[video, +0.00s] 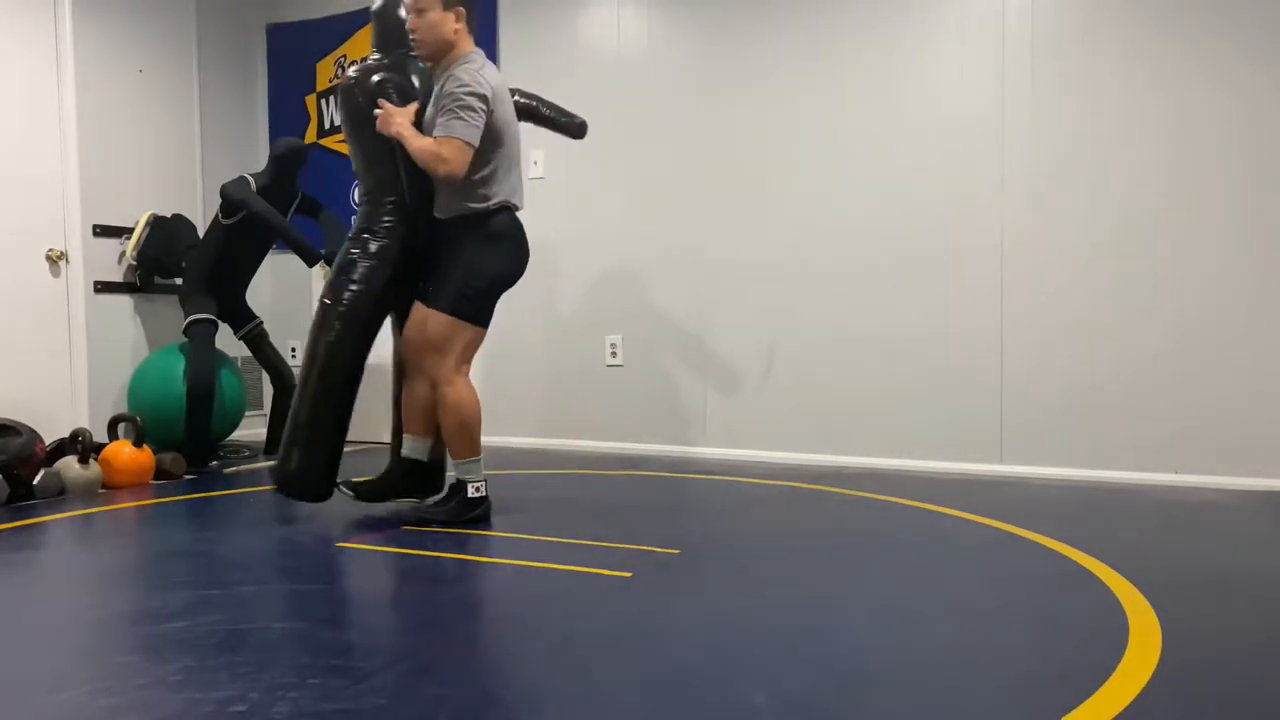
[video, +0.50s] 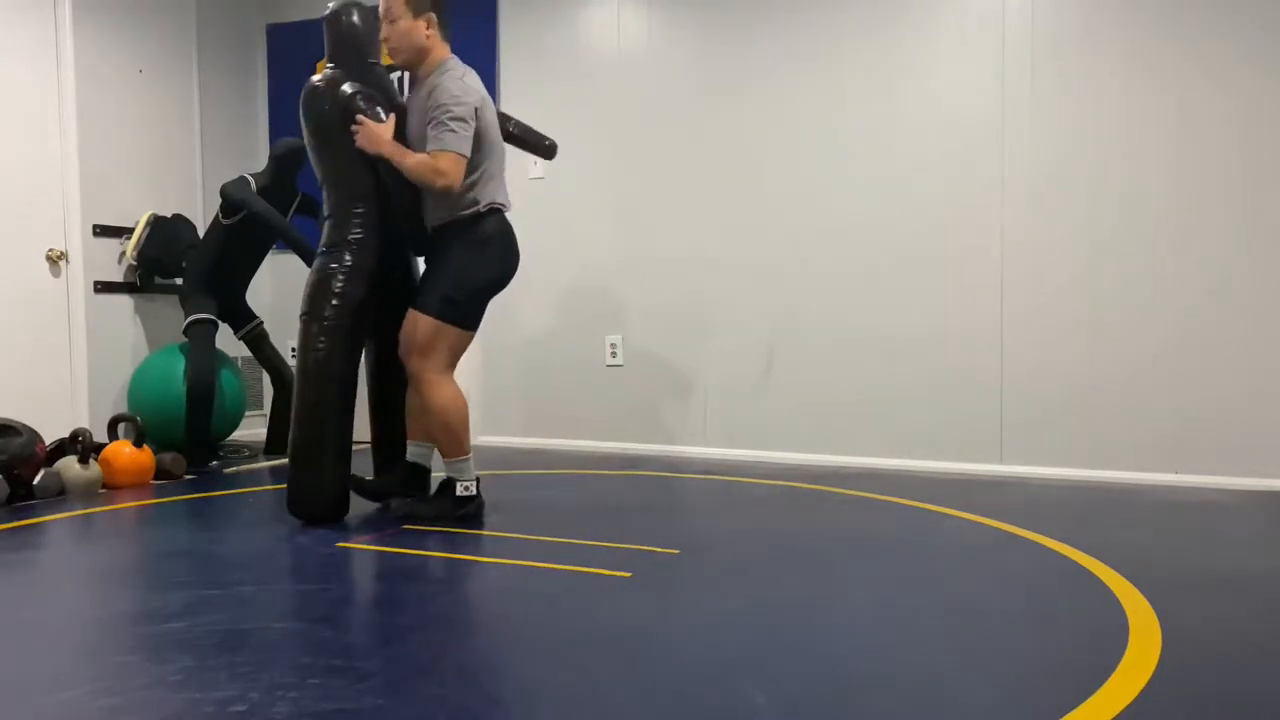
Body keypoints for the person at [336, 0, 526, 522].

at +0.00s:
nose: (409, 23)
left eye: (420, 12)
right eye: (408, 13)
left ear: (456, 18)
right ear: (444, 21)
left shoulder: (467, 79)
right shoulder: (446, 74)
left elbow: (452, 160)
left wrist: (403, 130)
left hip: (484, 236)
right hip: (455, 233)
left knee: (443, 361)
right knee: (415, 347)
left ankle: (470, 492)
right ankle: (416, 471)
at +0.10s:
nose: (403, 26)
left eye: (413, 14)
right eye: (402, 16)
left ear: (449, 20)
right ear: (443, 23)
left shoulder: (464, 79)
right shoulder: (442, 78)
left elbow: (447, 157)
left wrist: (398, 130)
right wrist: (395, 119)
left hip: (479, 237)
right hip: (448, 234)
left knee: (441, 365)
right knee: (413, 354)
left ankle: (471, 493)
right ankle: (410, 477)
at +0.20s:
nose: (400, 29)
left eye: (410, 17)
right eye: (398, 19)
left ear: (446, 26)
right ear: (434, 28)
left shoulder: (463, 82)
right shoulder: (425, 81)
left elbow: (450, 158)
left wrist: (394, 134)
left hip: (474, 241)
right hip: (440, 239)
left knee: (421, 365)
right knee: (413, 362)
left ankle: (469, 489)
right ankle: (411, 482)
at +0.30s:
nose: (395, 30)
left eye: (406, 17)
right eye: (393, 20)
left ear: (442, 25)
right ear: (430, 30)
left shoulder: (460, 82)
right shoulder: (421, 84)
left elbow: (453, 165)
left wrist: (396, 139)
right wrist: (338, 95)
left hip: (470, 240)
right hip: (444, 239)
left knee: (409, 361)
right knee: (419, 367)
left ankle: (464, 482)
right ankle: (413, 480)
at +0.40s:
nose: (390, 30)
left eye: (400, 17)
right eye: (387, 20)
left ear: (436, 22)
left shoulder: (458, 83)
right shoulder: (417, 81)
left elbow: (452, 168)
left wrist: (394, 142)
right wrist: (339, 84)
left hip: (472, 240)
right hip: (445, 238)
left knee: (423, 365)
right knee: (420, 362)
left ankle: (463, 489)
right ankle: (415, 477)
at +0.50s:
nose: (382, 34)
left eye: (391, 21)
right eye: (381, 23)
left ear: (426, 24)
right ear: (414, 28)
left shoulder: (454, 86)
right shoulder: (421, 84)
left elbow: (447, 173)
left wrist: (387, 147)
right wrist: (344, 92)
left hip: (477, 239)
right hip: (453, 238)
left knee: (431, 360)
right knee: (414, 348)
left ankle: (463, 492)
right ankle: (417, 474)